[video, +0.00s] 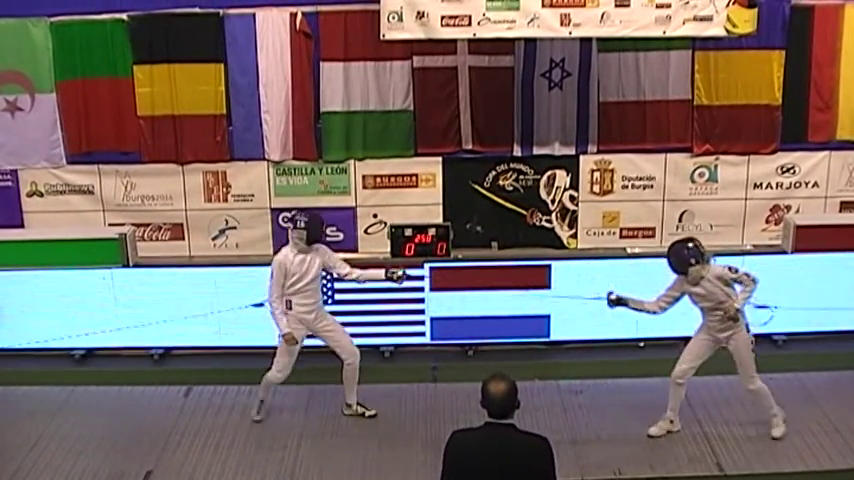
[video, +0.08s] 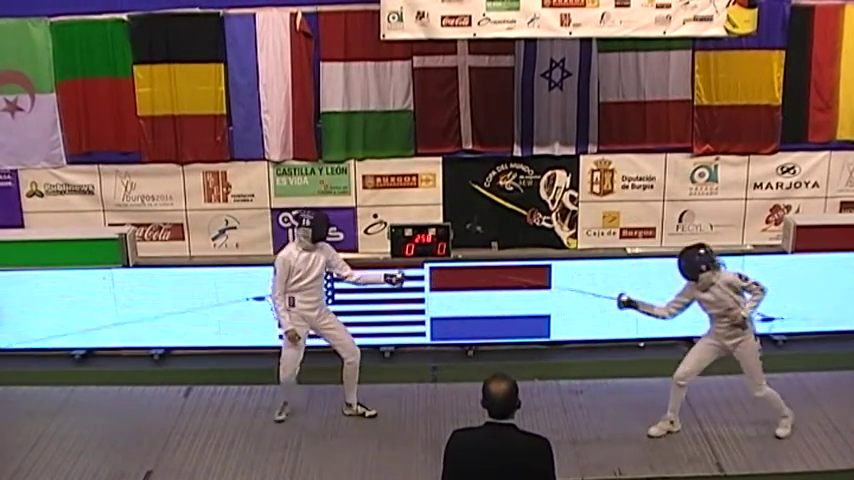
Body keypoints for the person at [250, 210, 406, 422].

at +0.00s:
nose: (295, 234)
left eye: (301, 231)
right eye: (294, 230)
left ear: (311, 235)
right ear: (290, 231)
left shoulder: (321, 253)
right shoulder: (282, 259)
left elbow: (350, 273)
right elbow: (275, 299)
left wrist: (386, 274)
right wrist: (284, 329)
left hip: (319, 317)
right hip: (293, 321)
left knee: (351, 355)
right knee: (278, 374)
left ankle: (351, 404)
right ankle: (261, 401)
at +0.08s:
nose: (311, 237)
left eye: (314, 233)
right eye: (309, 232)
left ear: (319, 233)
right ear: (301, 230)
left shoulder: (325, 251)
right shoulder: (286, 257)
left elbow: (350, 275)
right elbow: (277, 295)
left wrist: (384, 278)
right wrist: (286, 326)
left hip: (321, 314)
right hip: (296, 316)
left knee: (352, 354)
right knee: (288, 368)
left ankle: (351, 404)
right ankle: (283, 404)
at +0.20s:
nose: (306, 239)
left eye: (311, 236)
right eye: (304, 234)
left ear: (320, 238)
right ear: (300, 233)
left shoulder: (327, 254)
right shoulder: (289, 259)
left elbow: (344, 283)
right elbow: (279, 297)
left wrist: (379, 289)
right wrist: (286, 329)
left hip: (323, 316)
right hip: (297, 319)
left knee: (355, 354)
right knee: (291, 375)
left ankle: (351, 404)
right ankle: (295, 404)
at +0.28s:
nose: (303, 239)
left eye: (308, 235)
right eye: (301, 234)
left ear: (318, 240)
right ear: (298, 236)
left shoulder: (324, 259)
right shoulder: (287, 263)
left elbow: (342, 290)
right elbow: (278, 302)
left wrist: (373, 297)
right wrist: (285, 335)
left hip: (322, 319)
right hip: (297, 324)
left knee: (357, 355)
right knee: (291, 375)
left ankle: (351, 404)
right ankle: (274, 406)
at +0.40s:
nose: (293, 245)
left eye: (299, 241)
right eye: (292, 240)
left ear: (309, 246)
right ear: (288, 241)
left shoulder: (315, 264)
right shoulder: (279, 269)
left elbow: (329, 295)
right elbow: (271, 308)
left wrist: (359, 308)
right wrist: (281, 340)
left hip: (315, 324)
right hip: (290, 329)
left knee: (354, 354)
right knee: (275, 383)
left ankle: (352, 405)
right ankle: (250, 404)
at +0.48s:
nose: (287, 245)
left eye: (292, 242)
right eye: (285, 241)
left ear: (302, 246)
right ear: (282, 242)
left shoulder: (307, 264)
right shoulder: (270, 270)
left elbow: (320, 297)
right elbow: (263, 310)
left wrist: (349, 313)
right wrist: (274, 338)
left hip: (306, 326)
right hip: (281, 330)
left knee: (346, 355)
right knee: (266, 383)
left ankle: (351, 405)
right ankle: (248, 406)